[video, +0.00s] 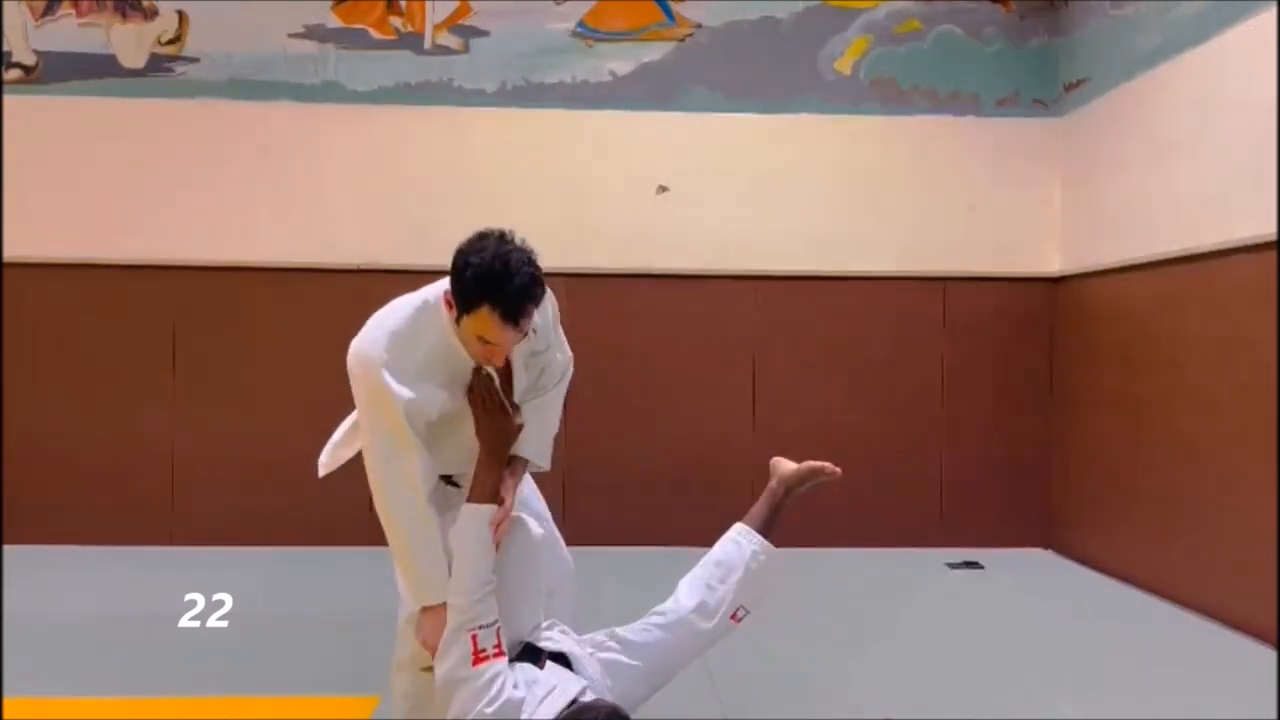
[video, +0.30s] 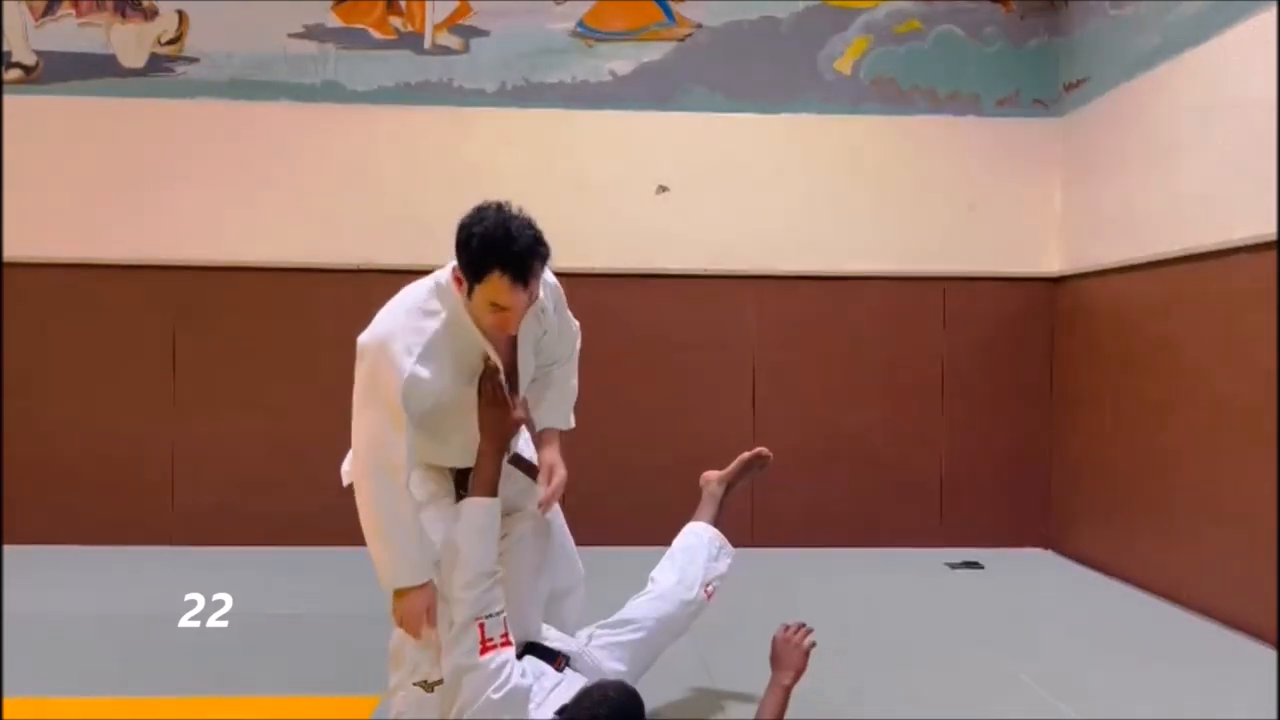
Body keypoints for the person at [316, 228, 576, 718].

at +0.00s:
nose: (499, 358)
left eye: (515, 341)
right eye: (485, 342)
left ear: (531, 313)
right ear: (453, 307)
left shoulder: (536, 309)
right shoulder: (383, 355)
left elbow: (551, 378)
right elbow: (398, 487)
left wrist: (516, 469)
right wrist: (432, 602)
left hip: (500, 472)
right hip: (429, 484)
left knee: (553, 566)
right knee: (431, 619)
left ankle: (549, 692)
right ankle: (418, 710)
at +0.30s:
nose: (514, 323)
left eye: (526, 305)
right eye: (497, 308)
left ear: (537, 282)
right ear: (460, 282)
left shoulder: (541, 292)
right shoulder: (396, 343)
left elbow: (557, 358)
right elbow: (380, 471)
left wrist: (549, 440)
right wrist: (409, 579)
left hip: (511, 455)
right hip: (424, 467)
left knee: (557, 586)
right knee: (435, 623)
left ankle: (550, 702)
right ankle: (424, 708)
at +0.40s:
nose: (558, 261)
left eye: (569, 247)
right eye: (546, 245)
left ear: (579, 232)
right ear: (509, 228)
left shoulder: (569, 280)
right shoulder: (449, 284)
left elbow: (597, 346)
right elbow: (373, 381)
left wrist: (618, 404)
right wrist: (382, 484)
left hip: (530, 457)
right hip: (455, 455)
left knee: (585, 579)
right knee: (448, 605)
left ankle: (568, 703)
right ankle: (418, 712)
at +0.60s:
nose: (565, 238)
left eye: (571, 229)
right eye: (563, 225)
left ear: (545, 214)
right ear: (536, 208)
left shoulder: (541, 266)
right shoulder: (486, 239)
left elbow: (566, 310)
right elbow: (517, 286)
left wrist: (625, 288)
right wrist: (600, 278)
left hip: (504, 391)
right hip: (456, 383)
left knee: (518, 512)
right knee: (428, 510)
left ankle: (516, 628)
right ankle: (386, 631)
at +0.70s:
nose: (566, 242)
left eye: (571, 233)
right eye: (564, 229)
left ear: (544, 217)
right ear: (536, 212)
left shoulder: (540, 270)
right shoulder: (487, 241)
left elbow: (566, 316)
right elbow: (518, 291)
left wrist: (626, 292)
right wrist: (604, 283)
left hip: (501, 393)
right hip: (452, 385)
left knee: (518, 514)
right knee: (426, 513)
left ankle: (517, 628)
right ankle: (386, 633)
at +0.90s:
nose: (568, 243)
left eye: (573, 236)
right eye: (566, 233)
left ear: (554, 219)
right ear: (545, 213)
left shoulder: (549, 259)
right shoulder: (489, 239)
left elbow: (591, 303)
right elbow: (513, 291)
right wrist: (594, 267)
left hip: (503, 393)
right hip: (454, 385)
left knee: (519, 513)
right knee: (432, 512)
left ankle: (517, 628)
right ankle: (388, 633)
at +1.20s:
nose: (584, 199)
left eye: (589, 195)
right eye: (583, 188)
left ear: (578, 189)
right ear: (564, 176)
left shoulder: (569, 231)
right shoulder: (511, 205)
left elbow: (629, 245)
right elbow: (558, 204)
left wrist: (672, 204)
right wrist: (622, 178)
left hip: (529, 374)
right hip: (481, 366)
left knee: (532, 498)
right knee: (441, 495)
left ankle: (525, 615)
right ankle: (396, 616)